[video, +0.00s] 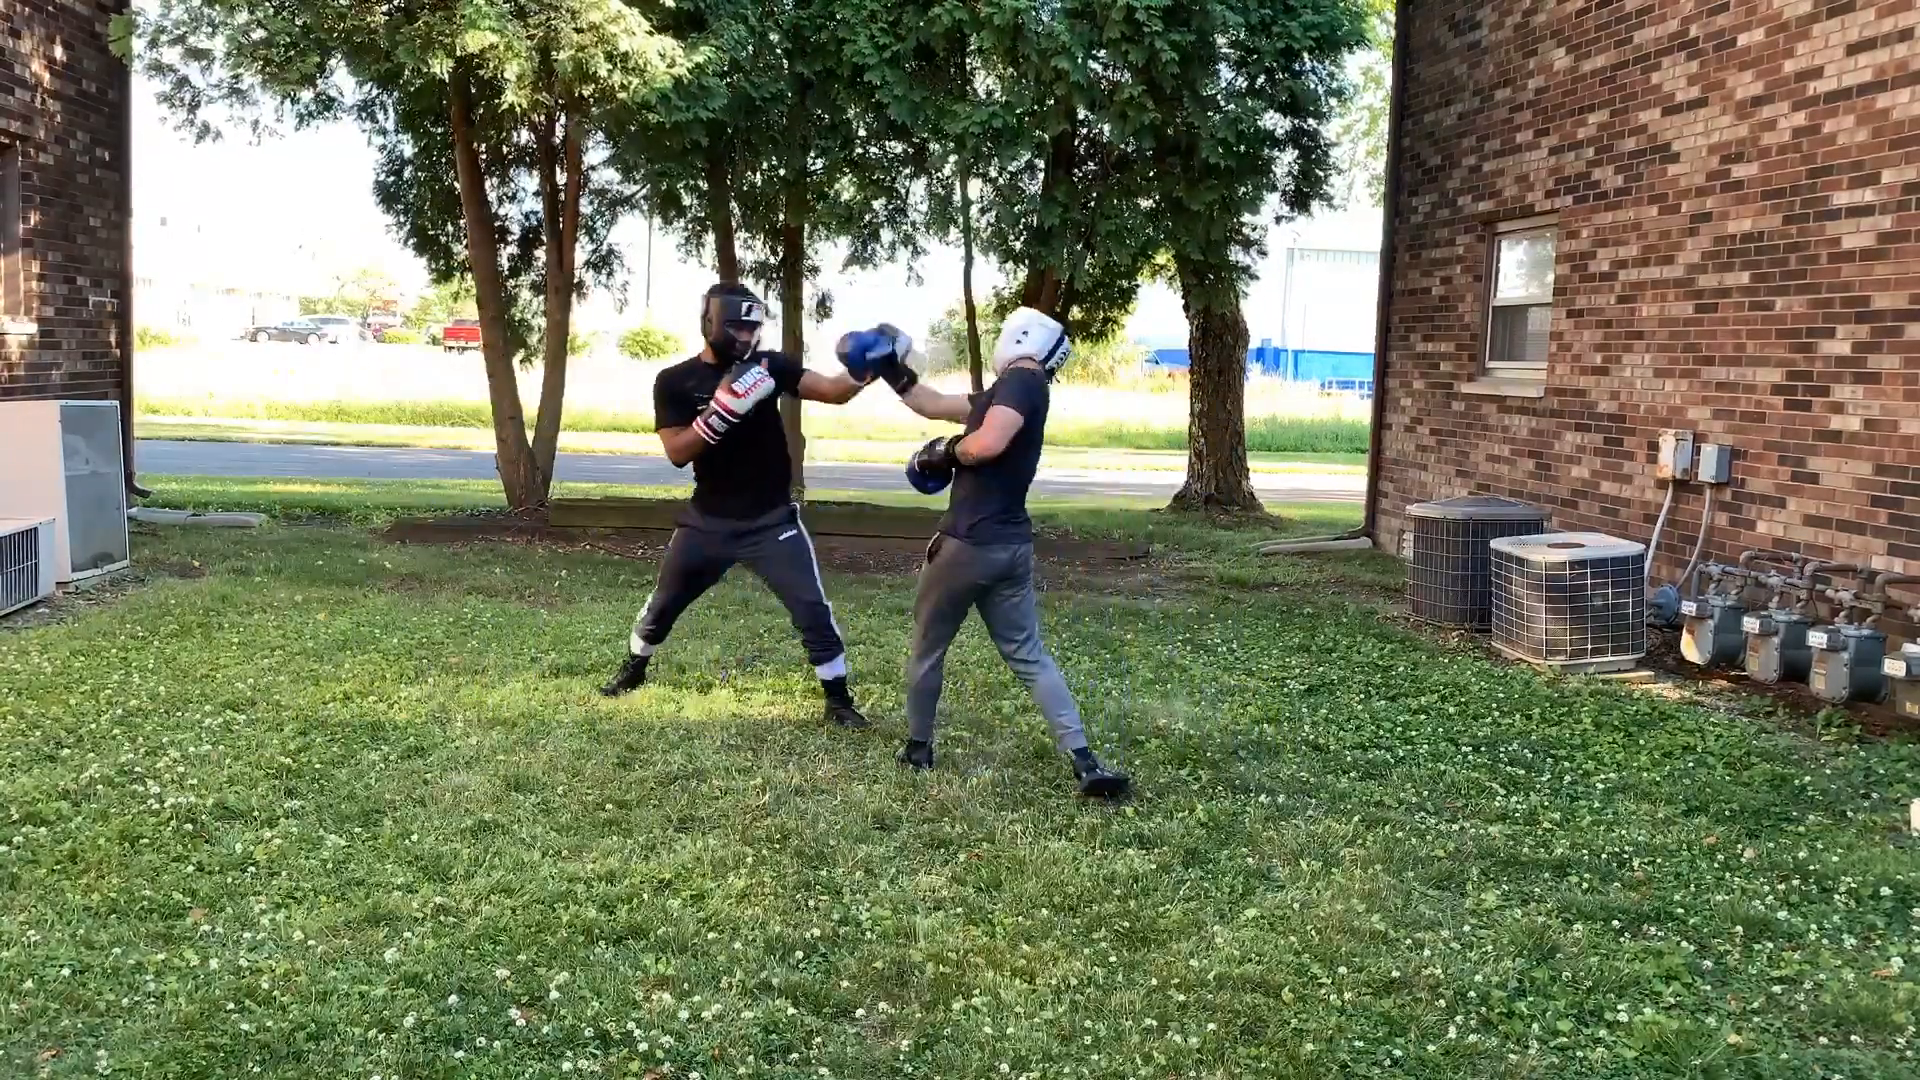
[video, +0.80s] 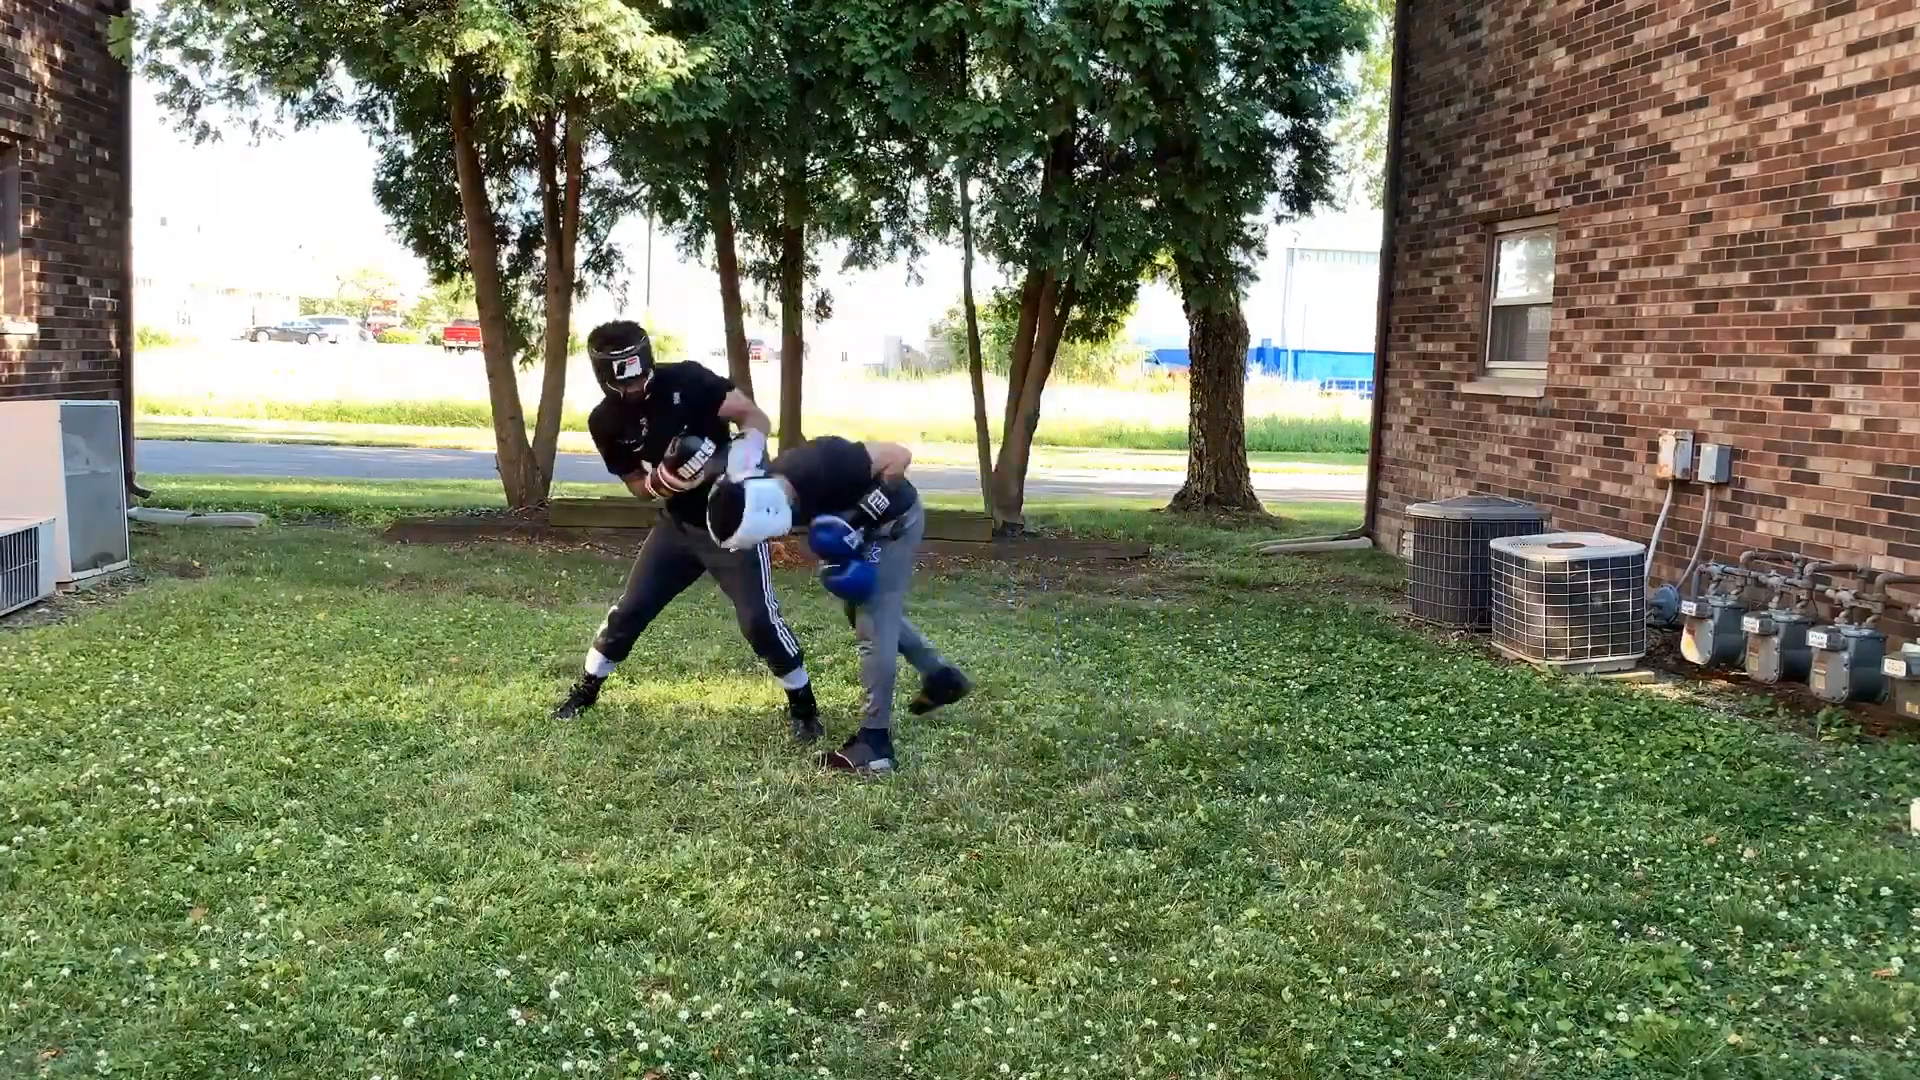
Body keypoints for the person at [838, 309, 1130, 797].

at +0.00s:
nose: (997, 344)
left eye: (1004, 337)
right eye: (1002, 338)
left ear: (1017, 341)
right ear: (1044, 354)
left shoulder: (1019, 382)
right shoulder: (1019, 391)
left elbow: (988, 443)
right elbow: (931, 403)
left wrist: (945, 452)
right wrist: (889, 365)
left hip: (969, 545)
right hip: (1011, 545)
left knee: (927, 647)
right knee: (1028, 654)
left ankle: (918, 749)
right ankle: (1085, 761)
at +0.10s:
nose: (993, 342)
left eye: (998, 335)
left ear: (1011, 336)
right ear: (1044, 344)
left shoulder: (1004, 380)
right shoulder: (1043, 395)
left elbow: (968, 449)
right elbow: (993, 459)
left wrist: (942, 477)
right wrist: (933, 446)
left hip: (972, 544)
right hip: (1023, 543)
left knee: (937, 649)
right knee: (1048, 652)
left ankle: (919, 749)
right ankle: (1094, 762)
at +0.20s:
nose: (918, 370)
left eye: (919, 360)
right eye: (916, 361)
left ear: (935, 356)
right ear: (971, 347)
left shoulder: (940, 403)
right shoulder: (1025, 391)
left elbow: (912, 488)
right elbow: (1027, 462)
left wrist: (916, 501)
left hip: (968, 544)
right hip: (1029, 545)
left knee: (909, 636)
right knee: (1054, 657)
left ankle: (902, 752)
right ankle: (1097, 760)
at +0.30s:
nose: (898, 385)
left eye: (899, 376)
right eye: (897, 376)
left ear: (915, 376)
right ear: (950, 365)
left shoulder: (925, 426)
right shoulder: (1001, 410)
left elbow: (914, 504)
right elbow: (1040, 474)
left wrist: (877, 490)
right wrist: (990, 490)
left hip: (959, 563)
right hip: (1020, 564)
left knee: (887, 632)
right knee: (1040, 666)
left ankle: (877, 750)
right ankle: (1091, 766)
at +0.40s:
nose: (848, 394)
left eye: (848, 386)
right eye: (845, 386)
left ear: (868, 386)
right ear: (893, 374)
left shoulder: (901, 432)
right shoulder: (940, 393)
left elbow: (925, 507)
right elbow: (986, 401)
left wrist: (865, 486)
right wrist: (942, 415)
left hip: (957, 556)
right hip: (998, 548)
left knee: (880, 632)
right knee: (1016, 652)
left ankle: (870, 747)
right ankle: (1086, 750)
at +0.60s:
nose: (791, 413)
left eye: (797, 405)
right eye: (791, 405)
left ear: (825, 399)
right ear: (810, 398)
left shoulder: (883, 426)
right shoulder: (810, 416)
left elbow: (905, 502)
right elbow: (755, 451)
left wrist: (843, 478)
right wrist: (696, 488)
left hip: (933, 528)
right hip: (940, 521)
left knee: (897, 630)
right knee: (992, 614)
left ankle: (875, 746)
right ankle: (1079, 695)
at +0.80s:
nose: (774, 535)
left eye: (768, 530)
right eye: (767, 535)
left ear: (767, 508)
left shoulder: (825, 466)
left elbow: (900, 456)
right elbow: (808, 536)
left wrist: (862, 515)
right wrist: (826, 567)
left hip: (895, 519)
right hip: (853, 530)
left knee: (873, 625)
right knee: (870, 617)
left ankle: (874, 741)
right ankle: (941, 677)